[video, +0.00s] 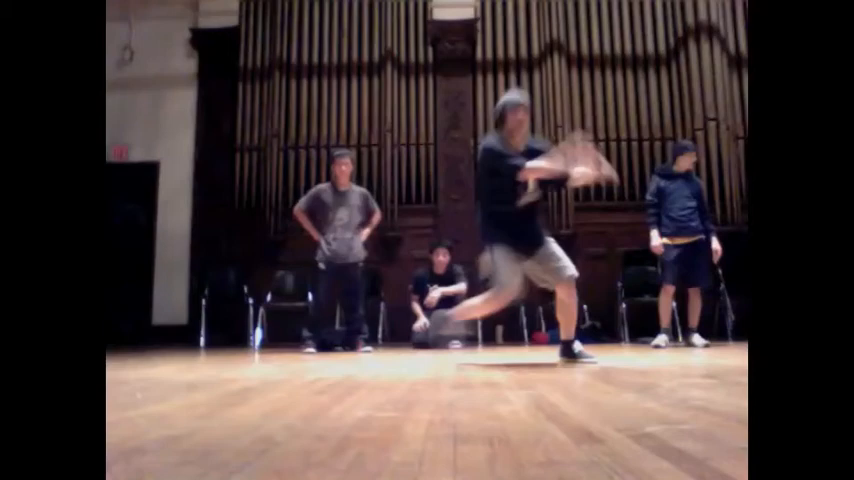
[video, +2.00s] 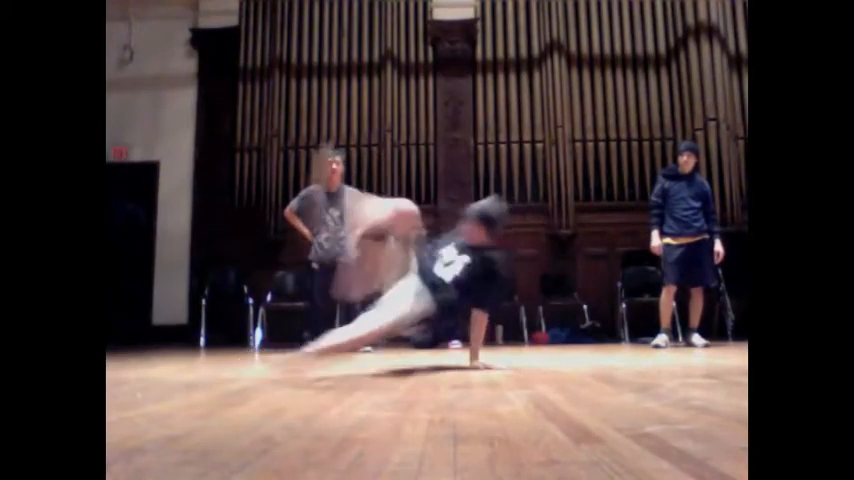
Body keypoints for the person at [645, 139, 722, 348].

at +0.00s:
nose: (693, 162)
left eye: (694, 158)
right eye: (689, 158)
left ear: (692, 160)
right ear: (678, 158)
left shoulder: (694, 183)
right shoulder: (660, 180)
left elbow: (704, 214)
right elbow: (651, 209)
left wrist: (713, 238)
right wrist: (654, 234)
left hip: (696, 239)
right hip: (671, 240)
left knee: (695, 288)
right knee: (668, 287)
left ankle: (693, 332)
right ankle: (664, 332)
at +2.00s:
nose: (686, 160)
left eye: (690, 156)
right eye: (683, 156)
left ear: (696, 160)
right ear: (677, 158)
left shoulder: (701, 184)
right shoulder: (665, 181)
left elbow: (711, 215)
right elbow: (656, 208)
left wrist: (716, 239)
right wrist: (655, 234)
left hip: (699, 240)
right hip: (673, 241)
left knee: (697, 288)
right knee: (669, 287)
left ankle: (693, 332)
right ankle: (664, 332)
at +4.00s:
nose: (686, 160)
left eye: (690, 156)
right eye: (683, 156)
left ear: (697, 159)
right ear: (677, 158)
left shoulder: (702, 184)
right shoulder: (665, 181)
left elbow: (711, 215)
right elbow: (656, 208)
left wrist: (716, 239)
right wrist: (655, 233)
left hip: (699, 240)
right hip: (673, 240)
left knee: (697, 288)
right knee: (669, 286)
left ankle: (693, 332)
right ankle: (664, 332)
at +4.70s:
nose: (684, 160)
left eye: (688, 156)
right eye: (681, 155)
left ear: (695, 159)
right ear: (676, 158)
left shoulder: (702, 184)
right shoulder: (664, 181)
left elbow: (710, 215)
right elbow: (655, 209)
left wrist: (716, 239)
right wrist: (654, 234)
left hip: (698, 240)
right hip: (672, 240)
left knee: (697, 288)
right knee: (668, 287)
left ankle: (693, 332)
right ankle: (664, 332)